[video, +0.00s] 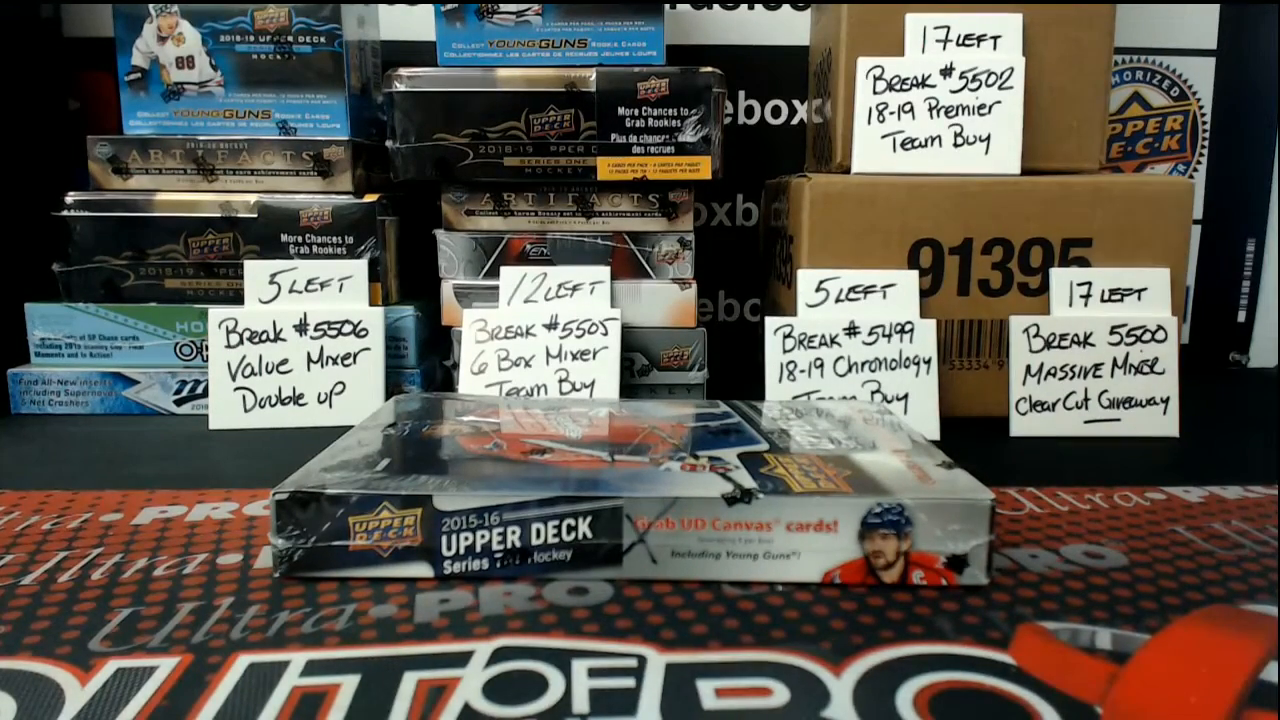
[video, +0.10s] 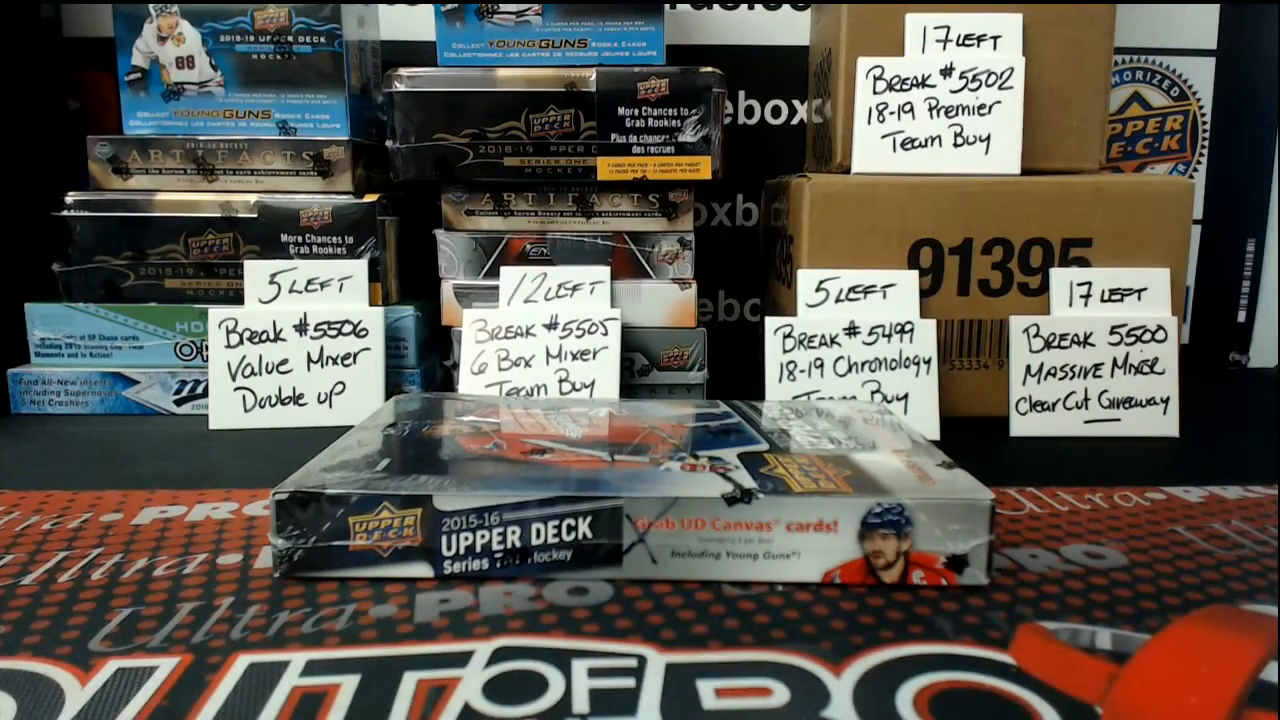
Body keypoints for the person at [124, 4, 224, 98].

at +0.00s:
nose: (170, 22)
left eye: (173, 17)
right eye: (164, 18)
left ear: (178, 17)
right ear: (156, 20)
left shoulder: (186, 35)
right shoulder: (150, 28)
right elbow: (141, 50)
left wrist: (179, 88)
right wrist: (137, 74)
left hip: (209, 84)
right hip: (182, 85)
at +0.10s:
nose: (170, 22)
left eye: (173, 17)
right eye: (164, 18)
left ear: (178, 17)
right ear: (156, 20)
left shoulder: (186, 35)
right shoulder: (150, 28)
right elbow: (141, 50)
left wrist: (179, 89)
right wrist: (137, 74)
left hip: (208, 84)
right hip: (181, 84)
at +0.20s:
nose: (170, 22)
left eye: (173, 17)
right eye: (164, 18)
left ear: (178, 17)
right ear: (156, 20)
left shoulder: (186, 35)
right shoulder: (150, 28)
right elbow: (141, 50)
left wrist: (179, 89)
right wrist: (137, 74)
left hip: (209, 84)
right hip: (181, 85)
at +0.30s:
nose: (170, 22)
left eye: (173, 17)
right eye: (164, 18)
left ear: (178, 17)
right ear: (156, 20)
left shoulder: (186, 35)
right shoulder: (150, 28)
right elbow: (141, 50)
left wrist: (179, 89)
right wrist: (137, 74)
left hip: (209, 84)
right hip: (181, 85)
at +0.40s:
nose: (170, 22)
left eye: (173, 17)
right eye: (164, 18)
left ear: (178, 17)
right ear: (156, 20)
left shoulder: (186, 35)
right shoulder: (150, 28)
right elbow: (141, 50)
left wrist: (179, 89)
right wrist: (137, 74)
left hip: (209, 84)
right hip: (181, 85)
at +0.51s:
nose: (170, 22)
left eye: (173, 17)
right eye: (164, 18)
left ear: (178, 17)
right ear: (156, 20)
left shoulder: (185, 35)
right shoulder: (150, 28)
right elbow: (141, 50)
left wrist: (178, 89)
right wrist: (136, 74)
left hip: (209, 84)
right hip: (181, 83)